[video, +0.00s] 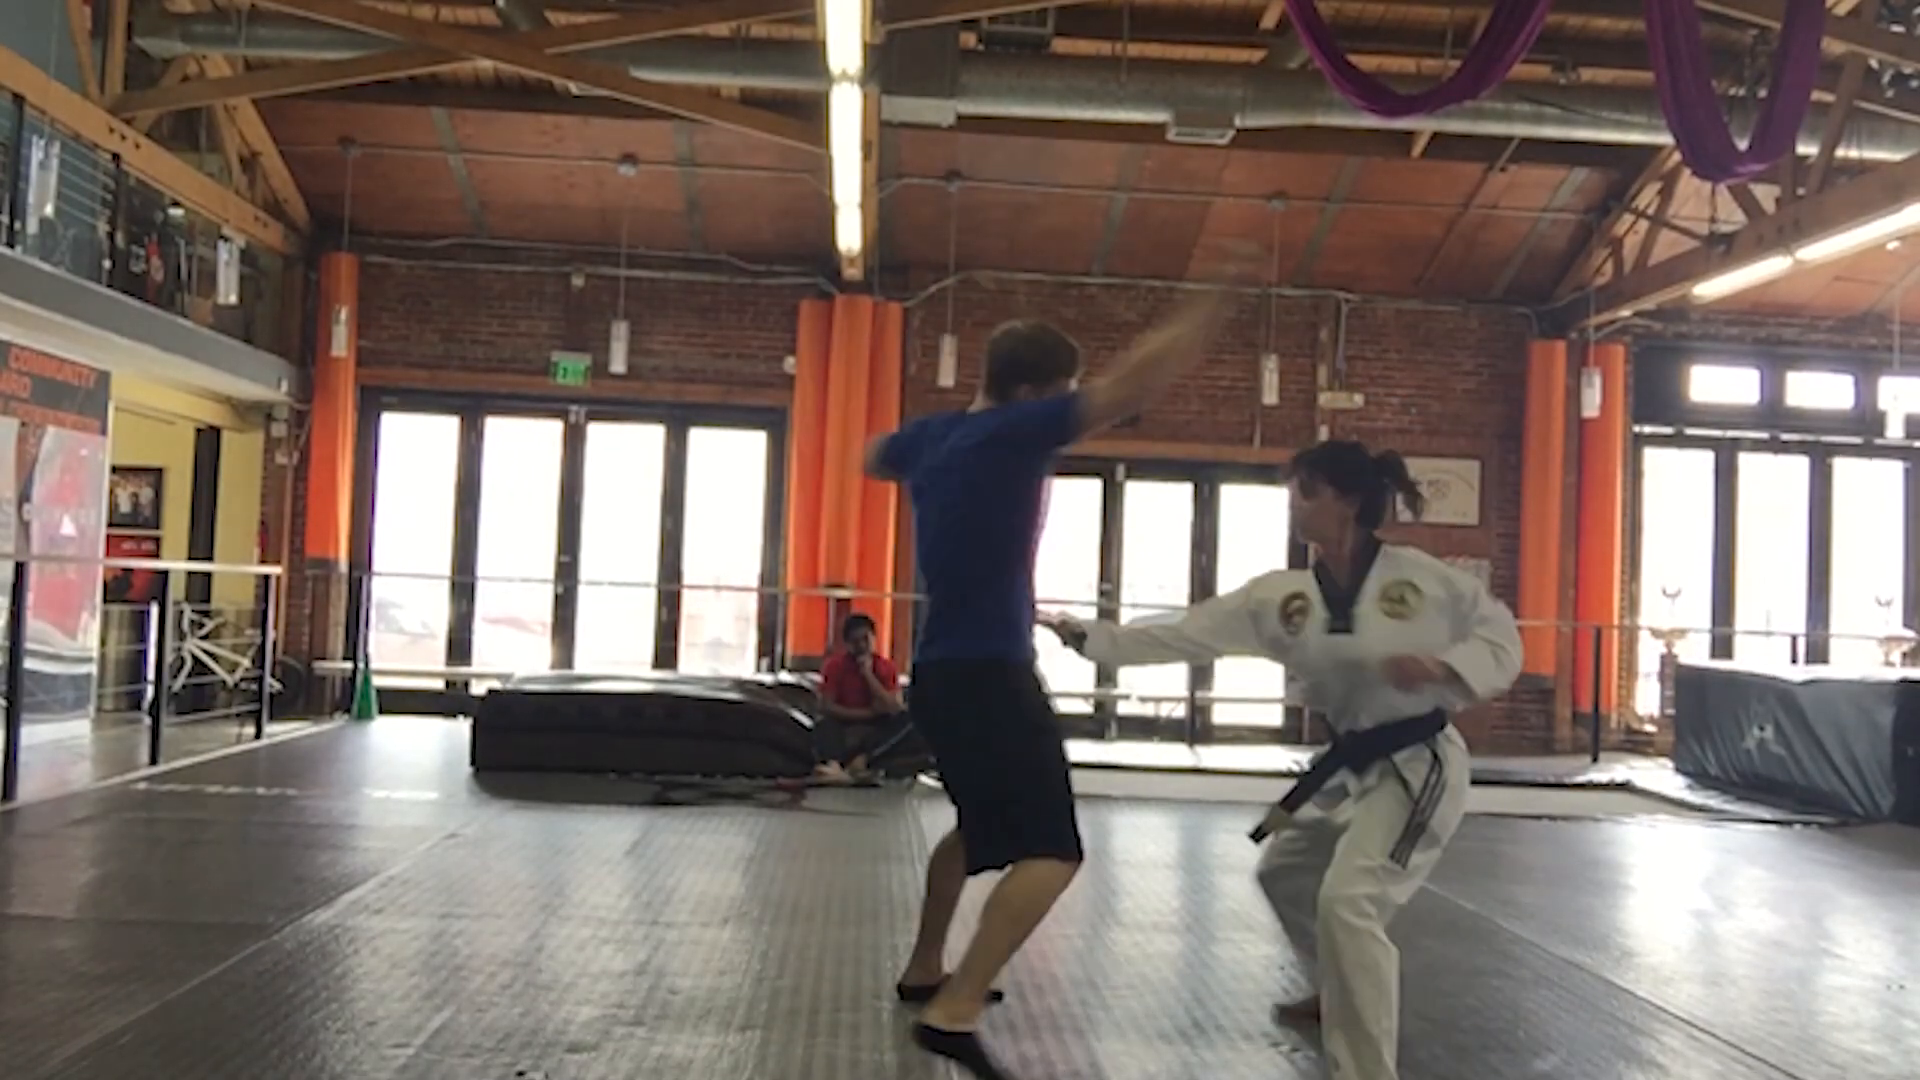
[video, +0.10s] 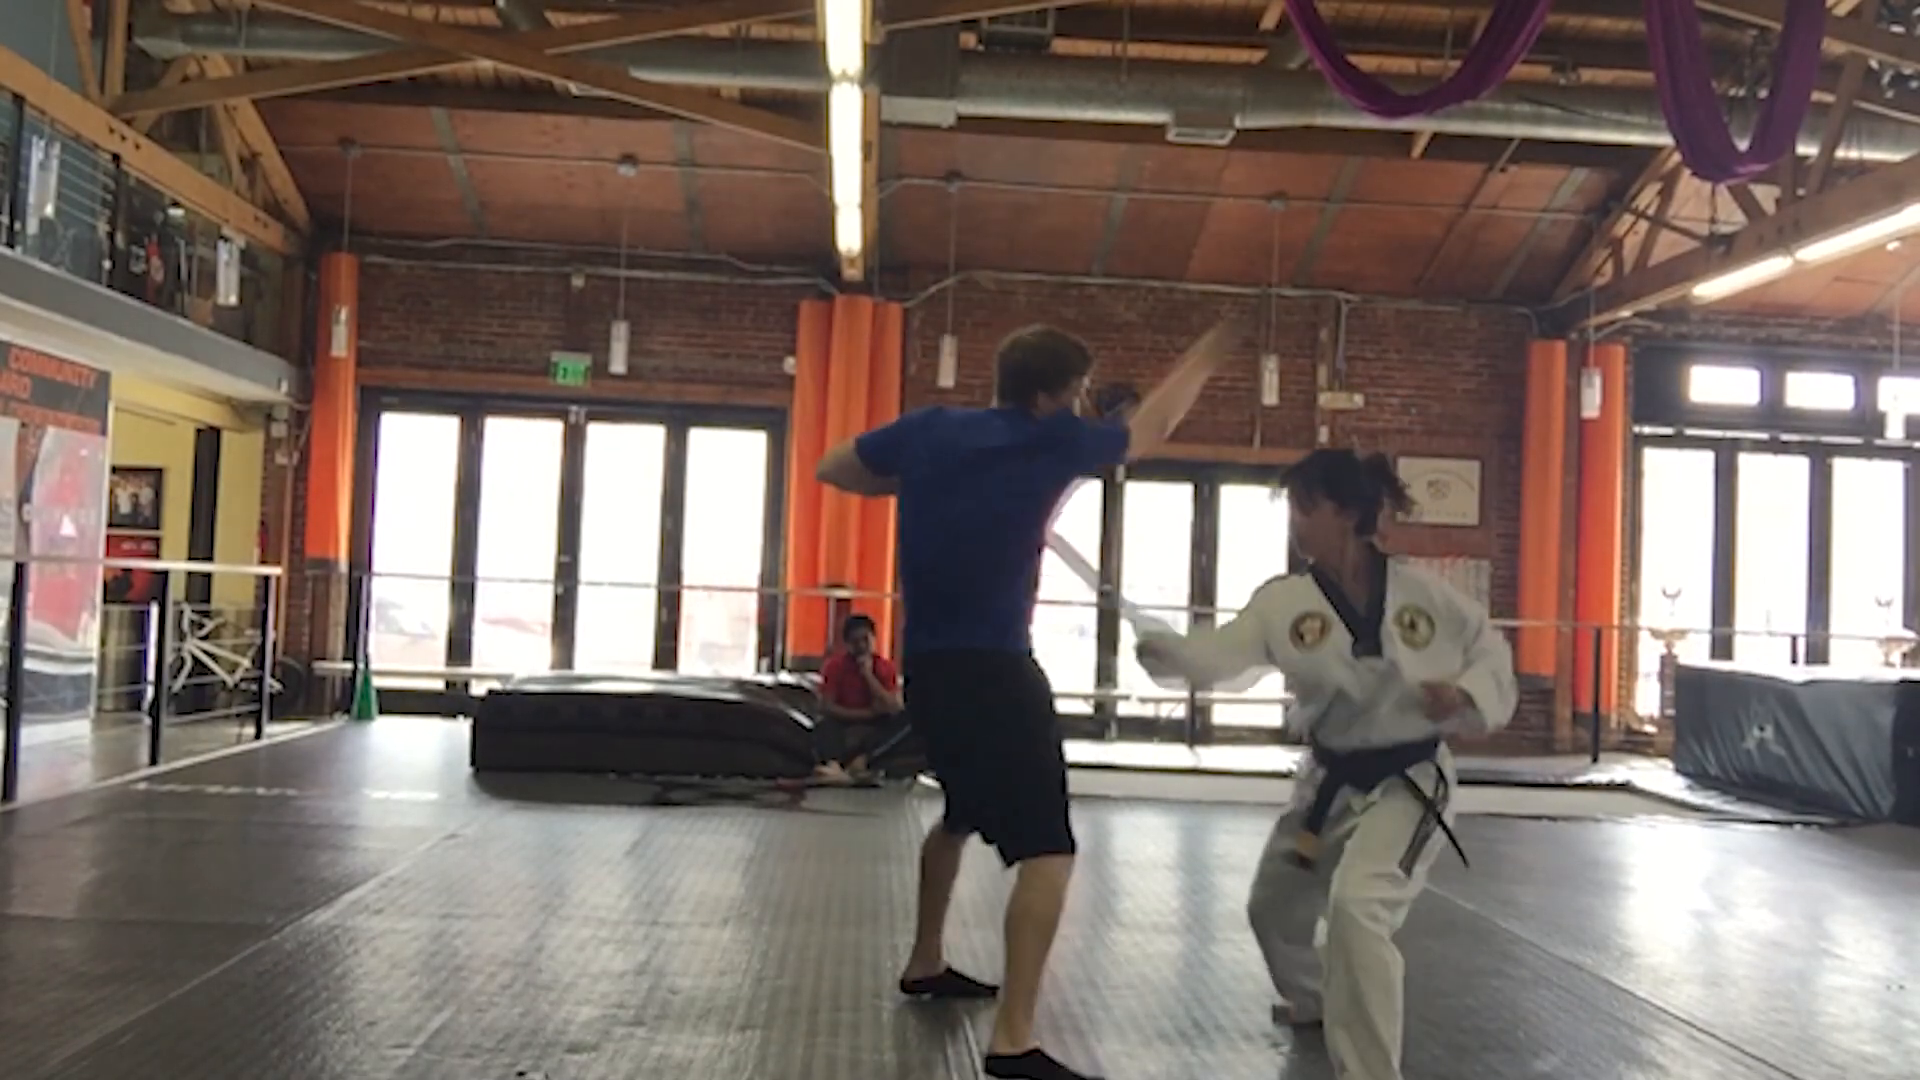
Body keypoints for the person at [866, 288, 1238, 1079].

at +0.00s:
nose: (1070, 397)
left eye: (1068, 386)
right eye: (1065, 386)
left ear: (991, 378)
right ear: (1039, 386)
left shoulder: (931, 437)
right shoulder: (1022, 430)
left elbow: (874, 457)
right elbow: (1128, 382)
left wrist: (941, 430)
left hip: (939, 675)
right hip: (994, 675)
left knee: (978, 827)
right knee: (1055, 852)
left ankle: (925, 968)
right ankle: (956, 1008)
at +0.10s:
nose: (1082, 404)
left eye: (1083, 393)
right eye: (1079, 393)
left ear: (1002, 383)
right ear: (1058, 394)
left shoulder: (931, 429)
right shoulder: (1054, 441)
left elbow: (835, 468)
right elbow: (1146, 430)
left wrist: (911, 481)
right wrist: (1203, 358)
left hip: (927, 665)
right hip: (997, 669)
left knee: (957, 814)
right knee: (1048, 849)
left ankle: (925, 963)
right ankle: (1013, 1043)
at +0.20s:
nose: (1085, 431)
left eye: (1088, 419)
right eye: (1084, 418)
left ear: (1013, 409)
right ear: (1060, 417)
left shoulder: (944, 441)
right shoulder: (1063, 478)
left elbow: (845, 491)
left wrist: (914, 509)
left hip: (923, 674)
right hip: (999, 682)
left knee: (938, 820)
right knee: (1055, 863)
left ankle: (908, 974)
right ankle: (1017, 1051)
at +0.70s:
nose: (1060, 492)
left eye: (1063, 484)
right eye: (1064, 483)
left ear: (1016, 441)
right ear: (1052, 470)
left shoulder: (931, 470)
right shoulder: (1038, 514)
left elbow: (856, 529)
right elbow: (1115, 572)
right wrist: (1065, 558)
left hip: (904, 692)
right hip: (988, 695)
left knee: (931, 825)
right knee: (1065, 853)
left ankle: (909, 972)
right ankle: (1097, 991)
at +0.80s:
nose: (1070, 453)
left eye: (1071, 443)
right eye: (1071, 444)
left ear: (1001, 426)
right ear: (1054, 449)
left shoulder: (932, 462)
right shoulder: (1046, 515)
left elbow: (816, 444)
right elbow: (1143, 573)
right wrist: (1069, 594)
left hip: (914, 689)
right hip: (999, 696)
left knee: (908, 824)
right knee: (1050, 864)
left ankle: (897, 970)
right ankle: (1117, 992)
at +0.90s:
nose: (1057, 452)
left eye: (1055, 442)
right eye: (1057, 443)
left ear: (988, 433)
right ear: (1045, 450)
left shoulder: (936, 477)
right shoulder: (1056, 524)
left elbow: (822, 481)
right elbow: (1117, 597)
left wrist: (830, 554)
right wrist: (1047, 599)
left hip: (921, 703)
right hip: (1007, 711)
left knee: (905, 833)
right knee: (1057, 870)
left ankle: (897, 969)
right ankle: (1103, 998)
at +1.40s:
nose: (1077, 448)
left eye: (1080, 437)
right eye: (1075, 436)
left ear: (1009, 424)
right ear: (1047, 428)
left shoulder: (936, 468)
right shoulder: (1059, 481)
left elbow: (846, 520)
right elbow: (1185, 493)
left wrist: (903, 576)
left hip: (930, 686)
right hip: (1012, 693)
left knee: (927, 813)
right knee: (1061, 862)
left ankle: (895, 965)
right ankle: (1090, 1050)